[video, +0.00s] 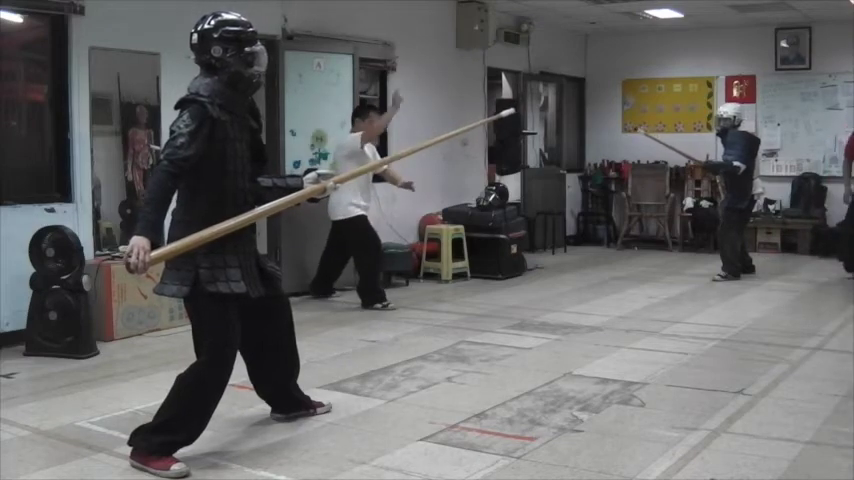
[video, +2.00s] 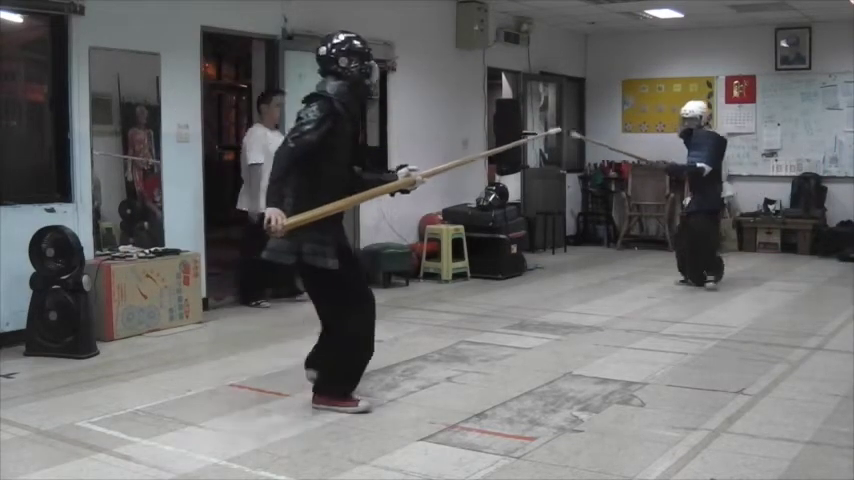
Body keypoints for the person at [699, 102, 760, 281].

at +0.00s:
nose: (720, 124)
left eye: (725, 120)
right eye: (719, 120)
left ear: (735, 121)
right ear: (718, 120)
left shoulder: (739, 138)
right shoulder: (730, 138)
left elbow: (736, 166)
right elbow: (730, 164)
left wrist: (707, 166)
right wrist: (707, 167)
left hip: (739, 195)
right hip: (737, 194)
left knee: (726, 230)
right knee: (733, 229)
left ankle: (731, 270)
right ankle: (745, 264)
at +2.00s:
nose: (686, 125)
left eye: (690, 120)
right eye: (685, 120)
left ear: (701, 120)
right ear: (685, 120)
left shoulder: (709, 138)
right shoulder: (693, 139)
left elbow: (701, 170)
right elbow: (695, 167)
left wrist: (672, 168)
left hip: (707, 197)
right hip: (695, 197)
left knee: (699, 234)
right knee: (685, 235)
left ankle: (715, 268)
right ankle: (693, 275)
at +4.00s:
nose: (671, 122)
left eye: (675, 118)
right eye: (669, 118)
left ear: (687, 119)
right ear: (669, 118)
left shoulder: (693, 140)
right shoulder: (680, 140)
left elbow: (686, 172)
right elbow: (681, 169)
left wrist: (653, 177)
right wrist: (659, 176)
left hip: (693, 196)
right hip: (682, 195)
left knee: (683, 236)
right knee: (677, 236)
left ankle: (693, 282)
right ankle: (686, 275)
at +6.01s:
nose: (633, 151)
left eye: (639, 147)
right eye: (633, 146)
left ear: (652, 150)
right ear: (631, 145)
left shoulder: (657, 169)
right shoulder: (639, 169)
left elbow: (645, 194)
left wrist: (615, 201)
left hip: (678, 218)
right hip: (664, 219)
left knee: (657, 245)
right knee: (678, 257)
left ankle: (657, 294)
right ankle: (709, 273)